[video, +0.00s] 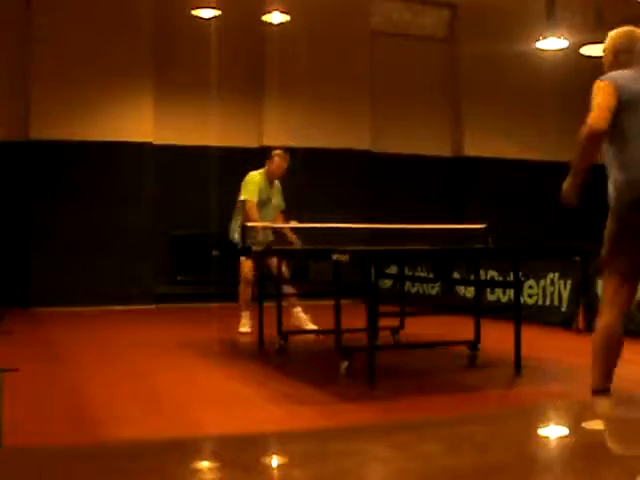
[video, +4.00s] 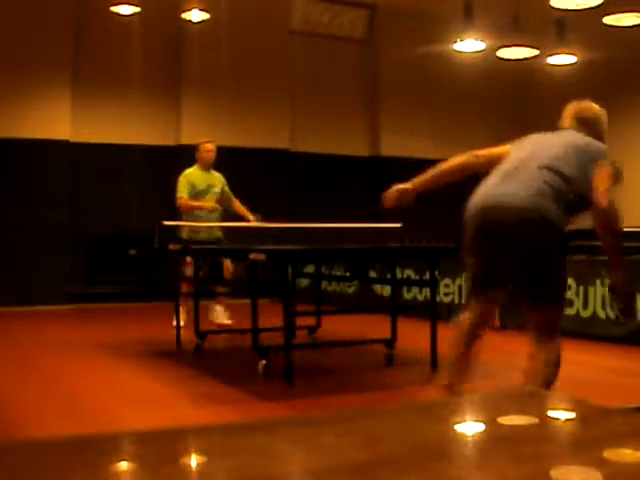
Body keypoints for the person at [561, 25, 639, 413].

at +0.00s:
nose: (602, 61)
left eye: (605, 56)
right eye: (604, 55)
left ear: (613, 56)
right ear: (635, 55)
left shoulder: (612, 82)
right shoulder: (625, 83)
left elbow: (596, 127)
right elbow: (597, 128)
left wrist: (576, 176)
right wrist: (579, 175)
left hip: (630, 202)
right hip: (628, 202)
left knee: (616, 294)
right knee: (615, 294)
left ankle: (601, 393)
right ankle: (601, 392)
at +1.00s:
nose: (513, 190)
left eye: (513, 181)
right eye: (511, 182)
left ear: (527, 176)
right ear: (545, 166)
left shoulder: (557, 185)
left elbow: (599, 210)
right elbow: (565, 249)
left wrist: (617, 282)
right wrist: (520, 279)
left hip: (635, 260)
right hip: (634, 259)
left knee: (557, 321)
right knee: (595, 326)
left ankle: (569, 417)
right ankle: (635, 401)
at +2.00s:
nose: (526, 59)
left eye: (528, 54)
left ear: (531, 57)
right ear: (572, 60)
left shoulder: (527, 83)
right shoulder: (592, 98)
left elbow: (530, 116)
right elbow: (603, 160)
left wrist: (520, 191)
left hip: (551, 209)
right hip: (604, 211)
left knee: (482, 310)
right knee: (611, 331)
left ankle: (471, 410)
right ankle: (634, 417)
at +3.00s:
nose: (305, 100)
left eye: (305, 93)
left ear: (308, 91)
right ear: (345, 86)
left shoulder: (324, 115)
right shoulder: (372, 111)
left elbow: (337, 165)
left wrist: (332, 241)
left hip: (396, 204)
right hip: (444, 196)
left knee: (342, 310)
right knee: (471, 315)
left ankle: (346, 405)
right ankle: (524, 397)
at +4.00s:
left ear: (563, 123)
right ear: (600, 133)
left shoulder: (530, 142)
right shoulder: (597, 152)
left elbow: (473, 159)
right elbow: (602, 204)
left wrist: (412, 187)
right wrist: (618, 271)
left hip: (482, 212)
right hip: (536, 219)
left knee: (480, 304)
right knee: (545, 329)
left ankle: (453, 384)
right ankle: (533, 408)